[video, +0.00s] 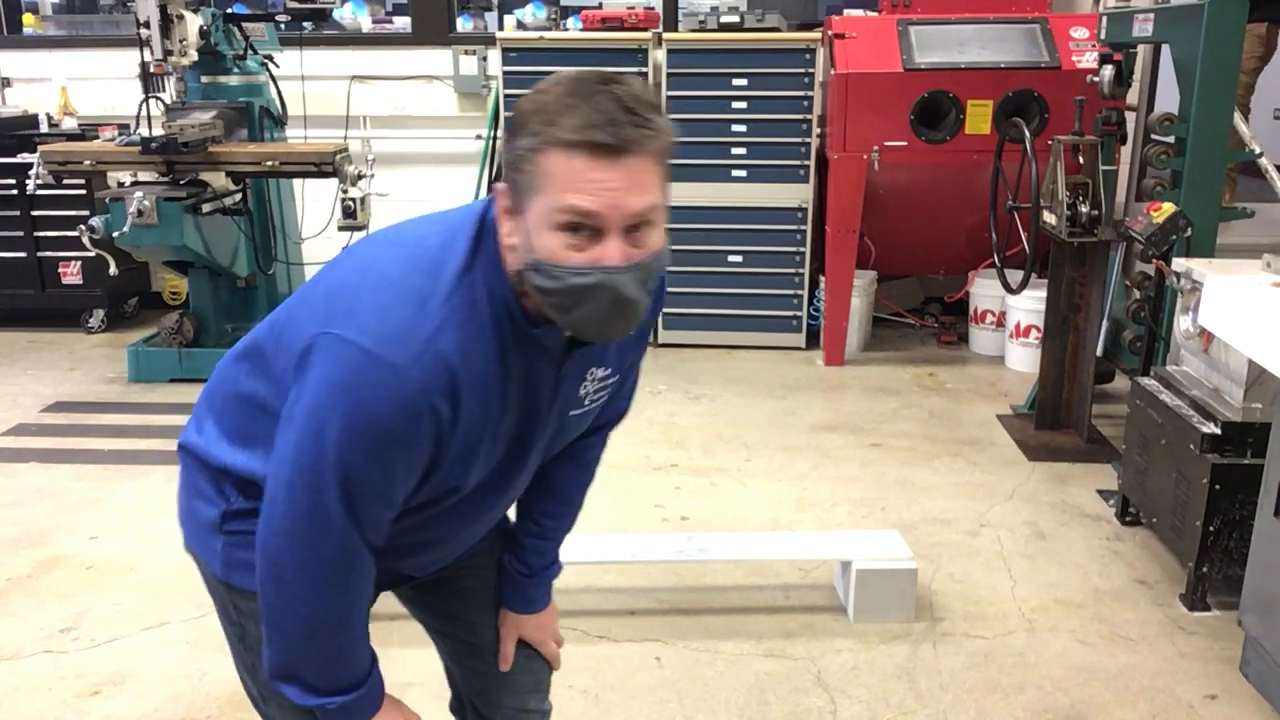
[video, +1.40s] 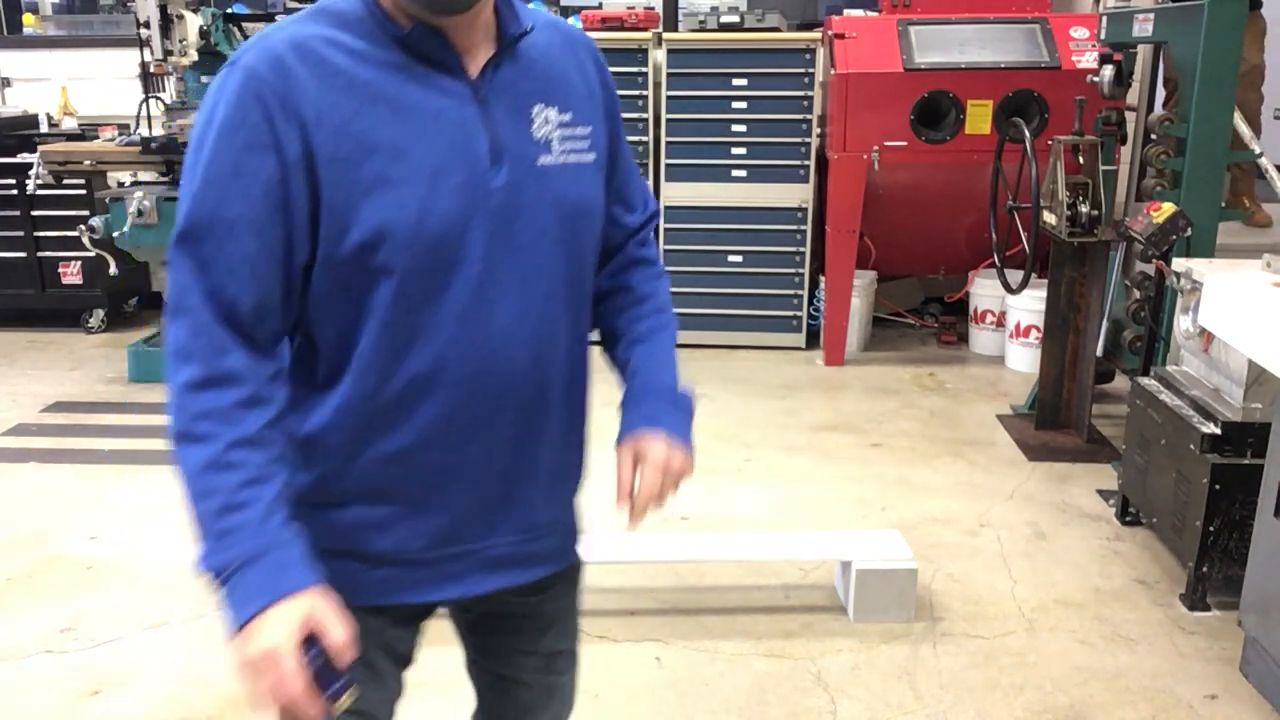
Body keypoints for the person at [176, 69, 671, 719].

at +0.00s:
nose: (614, 262)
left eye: (639, 229)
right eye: (580, 230)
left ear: (664, 217)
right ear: (508, 212)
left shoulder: (627, 287)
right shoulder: (389, 354)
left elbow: (574, 446)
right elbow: (305, 565)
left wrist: (530, 582)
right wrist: (354, 699)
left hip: (433, 484)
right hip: (269, 512)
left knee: (516, 687)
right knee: (313, 700)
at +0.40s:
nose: (498, 289)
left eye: (532, 251)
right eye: (466, 250)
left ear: (586, 231)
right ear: (417, 234)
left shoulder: (621, 301)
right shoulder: (299, 364)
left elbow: (592, 466)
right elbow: (267, 557)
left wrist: (556, 607)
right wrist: (339, 689)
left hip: (484, 516)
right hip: (331, 538)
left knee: (542, 695)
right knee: (315, 703)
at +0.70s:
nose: (471, 239)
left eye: (503, 202)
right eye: (439, 201)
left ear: (560, 190)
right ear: (386, 189)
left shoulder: (599, 273)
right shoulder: (276, 320)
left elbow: (581, 455)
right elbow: (256, 539)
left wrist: (556, 612)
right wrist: (327, 693)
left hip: (477, 517)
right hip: (324, 539)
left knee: (539, 696)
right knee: (306, 704)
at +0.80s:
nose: (455, 151)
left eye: (487, 115)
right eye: (421, 115)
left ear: (542, 113)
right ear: (369, 119)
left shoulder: (581, 221)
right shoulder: (258, 270)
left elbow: (582, 418)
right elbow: (244, 509)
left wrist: (575, 585)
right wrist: (317, 691)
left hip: (466, 510)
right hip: (312, 532)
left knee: (529, 686)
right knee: (306, 707)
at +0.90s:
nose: (430, 53)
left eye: (459, 16)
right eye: (392, 20)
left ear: (517, 27)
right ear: (340, 36)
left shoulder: (561, 161)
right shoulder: (239, 210)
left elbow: (588, 366)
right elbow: (215, 470)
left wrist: (596, 543)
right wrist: (286, 674)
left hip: (463, 513)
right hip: (305, 534)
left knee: (514, 696)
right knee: (309, 710)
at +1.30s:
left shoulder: (554, 76)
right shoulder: (253, 108)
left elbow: (609, 272)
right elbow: (180, 385)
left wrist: (642, 438)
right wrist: (218, 618)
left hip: (494, 522)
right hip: (317, 538)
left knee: (526, 705)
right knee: (317, 709)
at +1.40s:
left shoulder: (568, 63)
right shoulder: (275, 85)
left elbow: (626, 252)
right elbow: (216, 361)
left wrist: (655, 398)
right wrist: (262, 575)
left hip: (527, 521)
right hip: (350, 536)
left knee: (534, 708)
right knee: (336, 708)